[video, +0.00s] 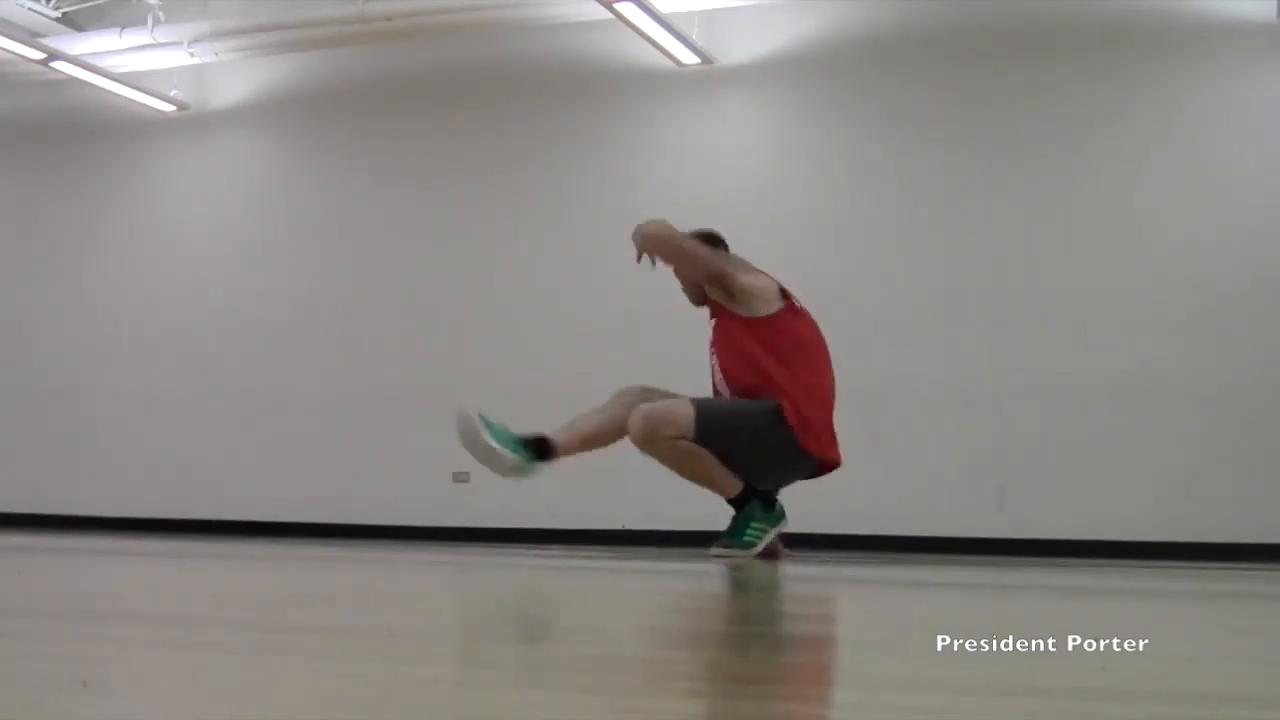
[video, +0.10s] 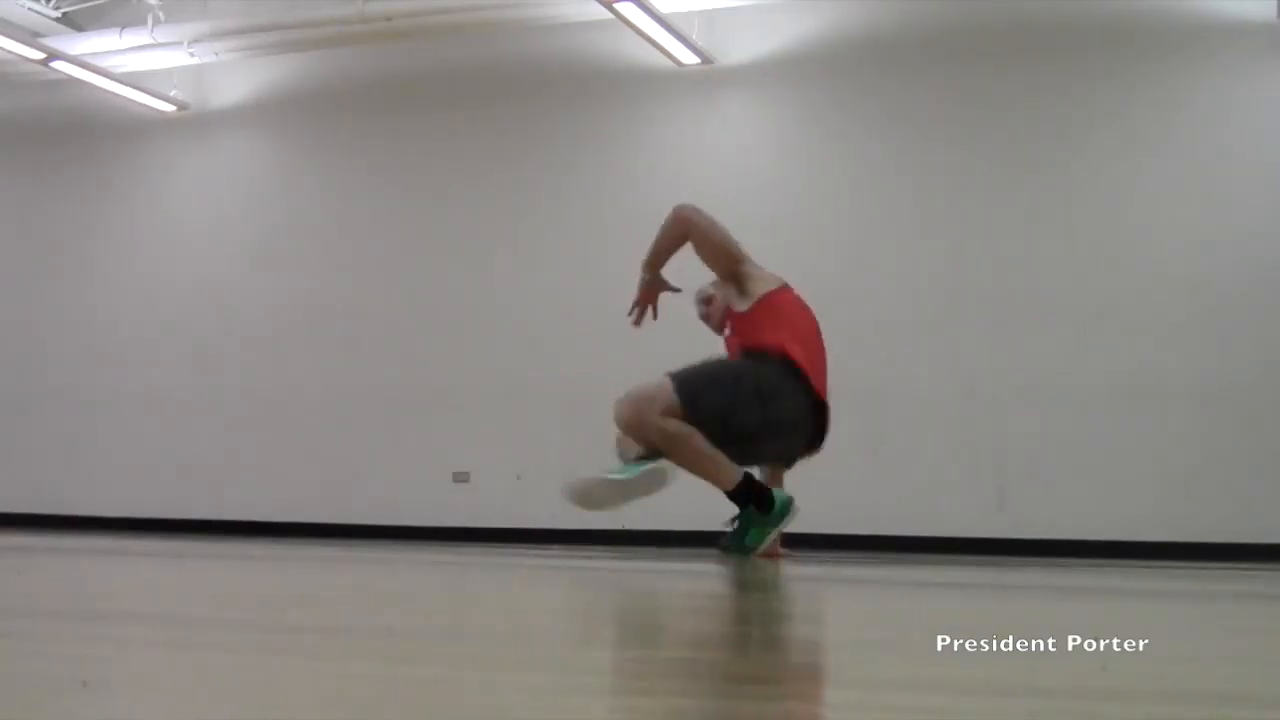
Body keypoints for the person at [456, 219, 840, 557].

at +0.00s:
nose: (681, 287)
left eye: (681, 276)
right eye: (677, 278)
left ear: (702, 264)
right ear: (705, 267)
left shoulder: (747, 287)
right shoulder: (729, 316)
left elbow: (659, 233)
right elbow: (735, 404)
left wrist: (643, 238)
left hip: (789, 435)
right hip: (763, 434)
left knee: (649, 425)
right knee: (635, 401)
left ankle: (754, 506)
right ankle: (535, 450)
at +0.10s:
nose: (706, 314)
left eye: (707, 302)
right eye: (701, 315)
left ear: (721, 286)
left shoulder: (744, 277)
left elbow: (685, 217)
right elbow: (775, 442)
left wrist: (651, 272)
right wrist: (769, 533)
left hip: (776, 387)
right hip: (796, 434)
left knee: (636, 410)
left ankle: (758, 504)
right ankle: (639, 460)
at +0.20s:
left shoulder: (761, 276)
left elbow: (706, 209)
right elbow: (781, 466)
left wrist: (658, 268)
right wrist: (772, 542)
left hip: (751, 332)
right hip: (796, 384)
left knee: (629, 425)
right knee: (718, 470)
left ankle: (730, 427)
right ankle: (690, 488)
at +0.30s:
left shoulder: (757, 286)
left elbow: (696, 233)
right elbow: (789, 451)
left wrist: (652, 292)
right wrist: (775, 539)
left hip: (734, 335)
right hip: (795, 358)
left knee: (697, 466)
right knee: (753, 512)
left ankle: (654, 374)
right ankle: (673, 487)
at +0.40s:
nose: (721, 332)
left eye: (721, 323)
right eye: (720, 329)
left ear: (736, 306)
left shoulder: (748, 293)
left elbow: (660, 273)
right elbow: (793, 453)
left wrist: (637, 339)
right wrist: (775, 541)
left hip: (750, 344)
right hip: (808, 362)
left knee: (726, 479)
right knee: (763, 512)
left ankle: (650, 411)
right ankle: (664, 491)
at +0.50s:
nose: (721, 347)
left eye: (719, 340)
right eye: (719, 345)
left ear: (728, 320)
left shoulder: (740, 301)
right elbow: (789, 460)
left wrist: (651, 377)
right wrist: (774, 542)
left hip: (778, 344)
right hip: (836, 382)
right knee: (737, 488)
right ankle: (684, 489)